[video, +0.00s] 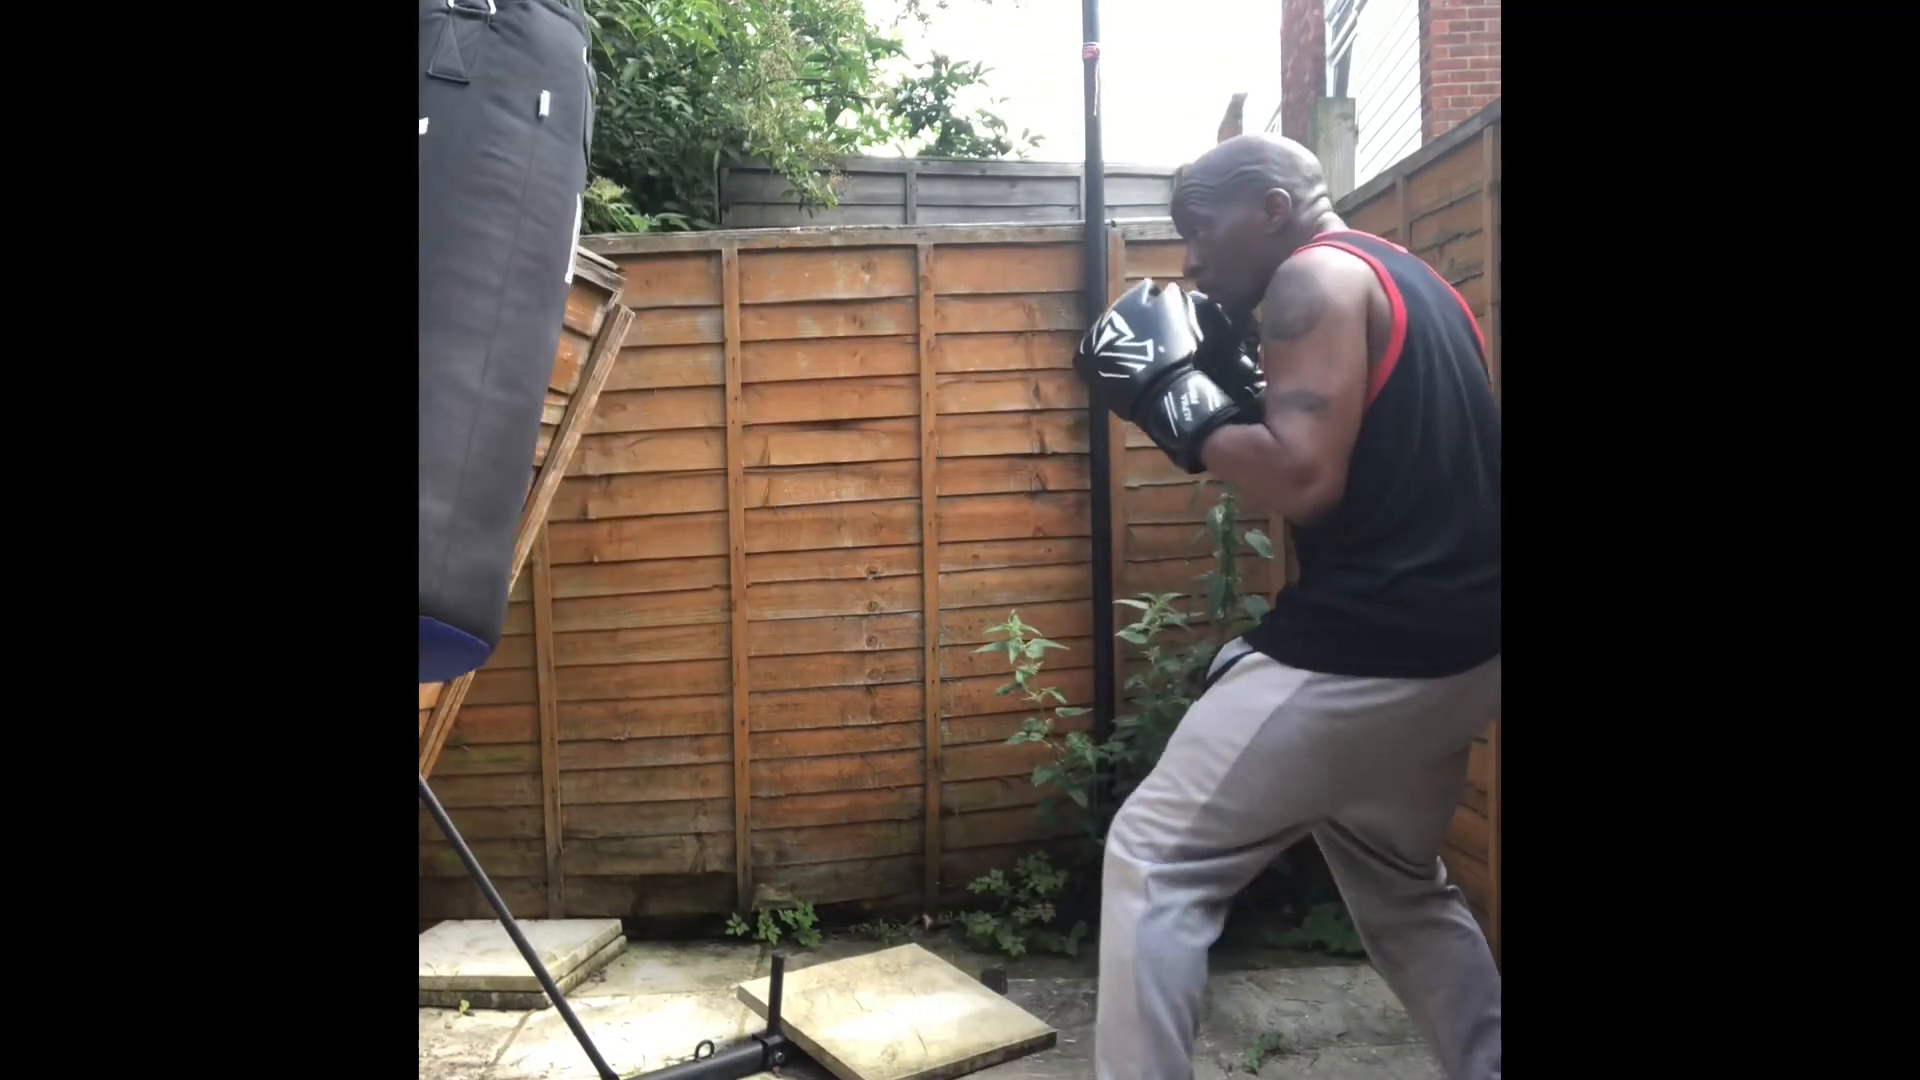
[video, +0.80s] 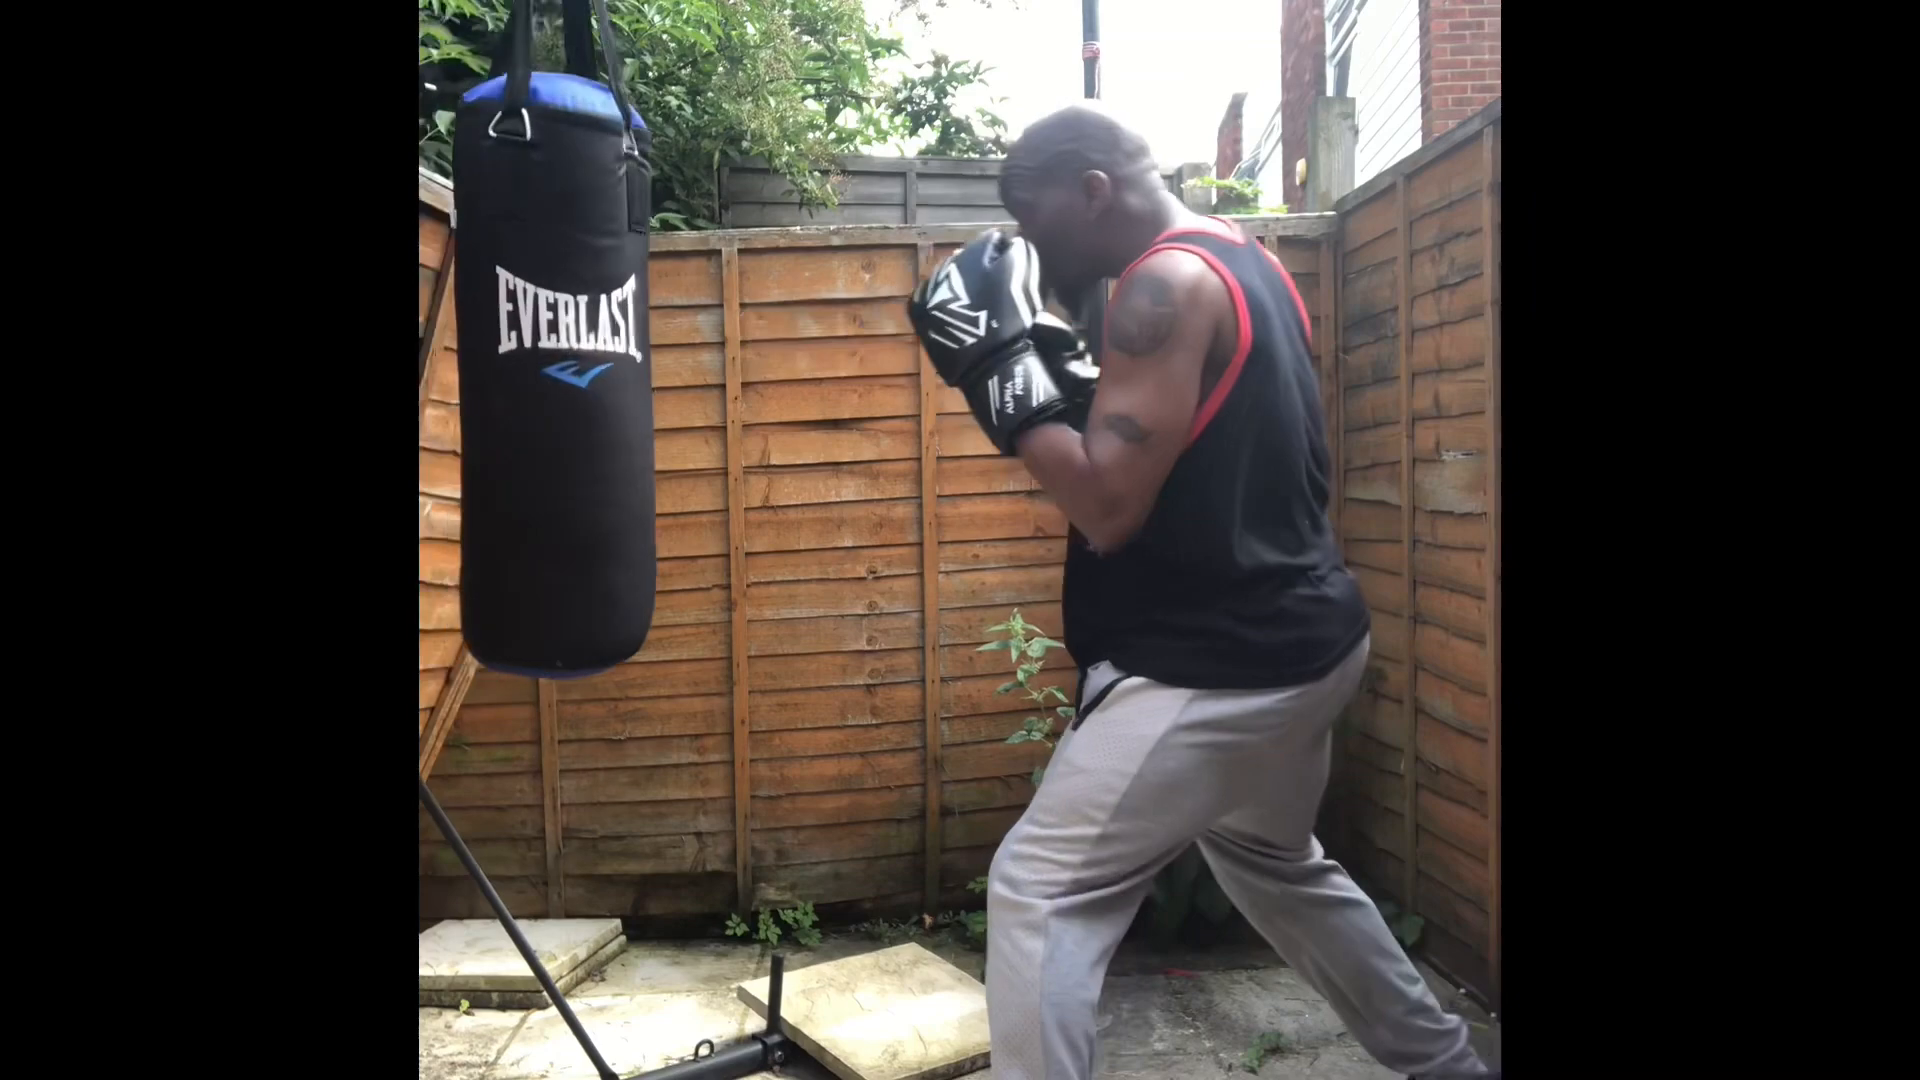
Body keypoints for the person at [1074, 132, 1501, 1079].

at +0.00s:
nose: (1190, 266)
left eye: (1199, 234)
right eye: (1185, 239)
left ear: (1273, 211)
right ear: (1291, 211)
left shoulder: (1317, 280)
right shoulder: (1400, 274)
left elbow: (1300, 478)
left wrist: (1180, 410)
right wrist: (1229, 375)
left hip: (1363, 640)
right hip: (1462, 635)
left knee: (1155, 857)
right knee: (1396, 874)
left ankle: (1139, 1068)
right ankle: (1485, 1062)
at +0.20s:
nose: (1117, 269)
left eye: (1122, 238)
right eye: (1110, 244)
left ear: (1196, 215)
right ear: (1211, 216)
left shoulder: (1229, 299)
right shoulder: (1350, 280)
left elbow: (1177, 511)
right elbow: (1308, 467)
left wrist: (1067, 403)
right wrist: (1163, 387)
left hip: (1291, 660)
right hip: (1416, 645)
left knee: (1096, 887)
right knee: (1371, 880)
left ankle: (1073, 1068)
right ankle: (1483, 1060)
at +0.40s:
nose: (996, 292)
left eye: (1009, 268)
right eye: (988, 273)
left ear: (1080, 228)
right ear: (1001, 244)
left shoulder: (1227, 306)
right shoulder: (1049, 294)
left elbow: (1256, 533)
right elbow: (903, 317)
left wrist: (1140, 431)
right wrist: (730, 293)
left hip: (1272, 667)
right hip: (1249, 660)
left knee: (1095, 900)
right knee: (1329, 900)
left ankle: (1083, 1077)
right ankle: (1487, 1054)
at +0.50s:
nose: (936, 298)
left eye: (947, 270)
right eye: (929, 273)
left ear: (1040, 230)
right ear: (1026, 229)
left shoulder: (1213, 316)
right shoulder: (1026, 301)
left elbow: (1248, 539)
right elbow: (877, 338)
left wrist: (1112, 460)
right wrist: (722, 332)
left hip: (1252, 664)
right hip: (1157, 663)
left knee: (1074, 899)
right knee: (1295, 885)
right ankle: (1478, 1040)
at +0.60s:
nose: (933, 256)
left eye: (942, 222)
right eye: (923, 232)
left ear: (1035, 196)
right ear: (1033, 203)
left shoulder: (1182, 302)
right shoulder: (1062, 303)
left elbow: (1176, 536)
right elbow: (1068, 452)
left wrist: (1018, 433)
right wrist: (909, 401)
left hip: (1226, 651)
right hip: (1171, 642)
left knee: (1058, 895)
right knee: (1253, 872)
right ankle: (1453, 1029)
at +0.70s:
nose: (969, 246)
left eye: (967, 219)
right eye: (958, 225)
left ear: (1034, 186)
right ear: (1049, 186)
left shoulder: (1151, 285)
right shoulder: (1137, 272)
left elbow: (1112, 519)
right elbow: (1111, 466)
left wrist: (981, 403)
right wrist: (996, 400)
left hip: (1205, 654)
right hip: (1240, 637)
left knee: (1037, 891)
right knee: (1237, 848)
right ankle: (1439, 1036)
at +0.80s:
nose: (1033, 253)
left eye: (1032, 225)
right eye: (1023, 231)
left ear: (1099, 190)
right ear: (1120, 188)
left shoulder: (1166, 282)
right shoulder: (1248, 258)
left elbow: (1104, 505)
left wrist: (997, 369)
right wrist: (1038, 358)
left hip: (1204, 668)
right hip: (1303, 644)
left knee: (1040, 889)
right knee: (1272, 860)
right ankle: (1445, 1061)